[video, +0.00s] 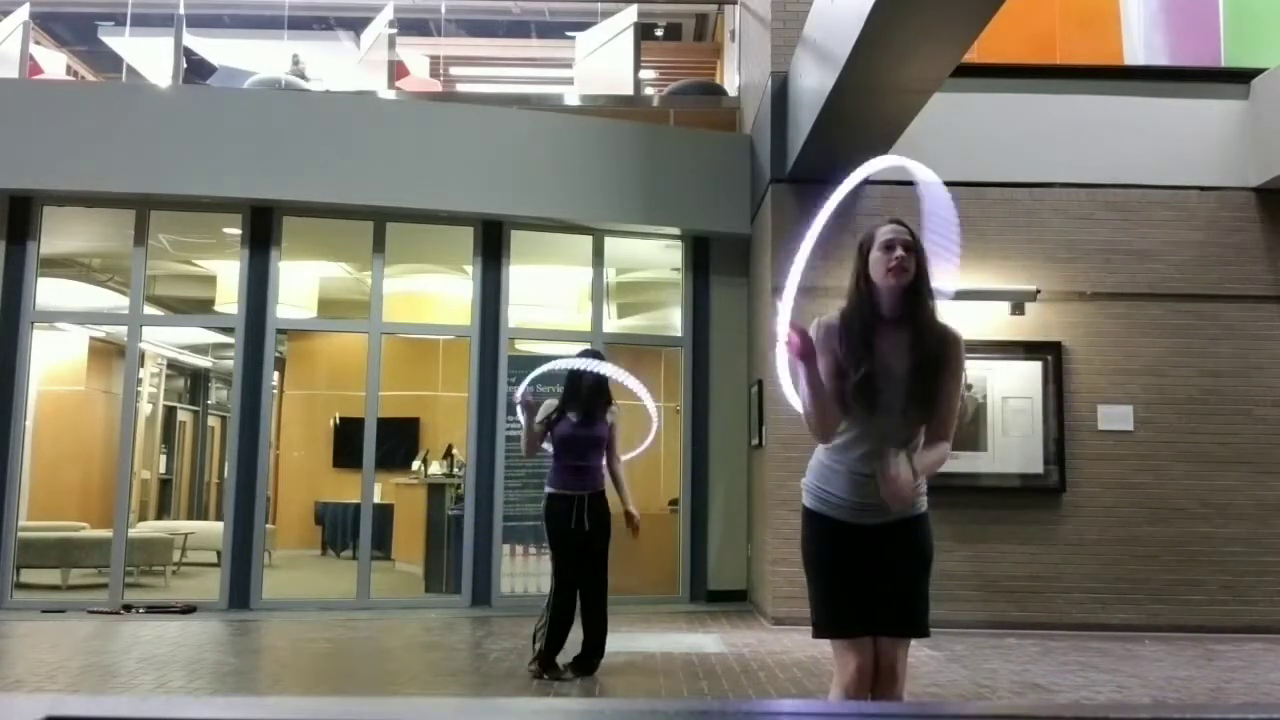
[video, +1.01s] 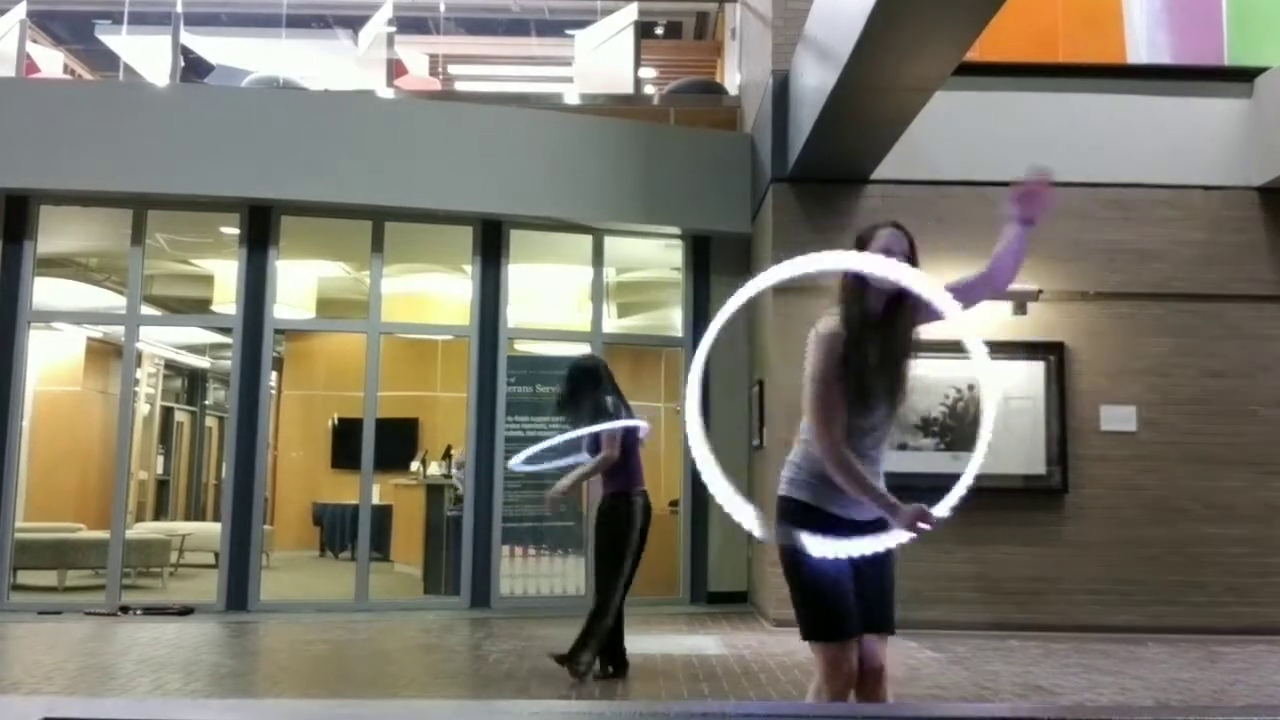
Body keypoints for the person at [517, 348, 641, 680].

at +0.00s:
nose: (590, 382)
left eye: (596, 376)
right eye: (584, 375)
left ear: (603, 380)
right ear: (574, 377)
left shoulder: (607, 414)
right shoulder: (556, 410)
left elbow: (613, 462)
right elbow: (529, 450)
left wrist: (628, 505)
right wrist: (528, 413)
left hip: (594, 502)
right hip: (561, 502)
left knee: (594, 584)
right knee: (566, 582)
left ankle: (589, 659)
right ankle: (546, 657)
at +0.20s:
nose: (603, 384)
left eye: (605, 378)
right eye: (598, 377)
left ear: (602, 379)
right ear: (580, 376)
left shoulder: (600, 409)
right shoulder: (556, 403)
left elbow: (610, 457)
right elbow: (542, 448)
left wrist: (633, 495)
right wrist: (564, 419)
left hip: (590, 503)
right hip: (560, 502)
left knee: (589, 582)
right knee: (559, 581)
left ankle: (585, 660)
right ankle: (545, 661)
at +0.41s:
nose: (609, 380)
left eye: (607, 373)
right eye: (606, 373)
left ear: (576, 373)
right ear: (596, 374)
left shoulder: (569, 400)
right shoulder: (589, 399)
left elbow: (570, 460)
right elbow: (594, 447)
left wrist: (596, 492)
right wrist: (612, 433)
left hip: (562, 498)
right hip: (577, 501)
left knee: (580, 579)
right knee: (568, 577)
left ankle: (580, 659)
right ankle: (542, 660)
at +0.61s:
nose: (603, 385)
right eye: (602, 378)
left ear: (571, 380)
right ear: (604, 382)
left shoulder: (560, 412)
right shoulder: (611, 412)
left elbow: (552, 457)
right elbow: (621, 463)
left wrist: (559, 475)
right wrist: (624, 457)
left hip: (570, 504)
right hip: (603, 506)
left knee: (568, 577)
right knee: (602, 580)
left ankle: (567, 654)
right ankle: (575, 634)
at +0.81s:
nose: (568, 389)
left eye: (568, 384)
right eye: (567, 384)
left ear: (575, 381)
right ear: (600, 376)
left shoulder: (583, 403)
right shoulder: (619, 402)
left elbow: (575, 452)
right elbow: (638, 444)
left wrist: (546, 481)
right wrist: (605, 449)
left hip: (590, 504)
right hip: (616, 505)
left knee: (578, 581)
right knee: (605, 583)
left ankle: (566, 661)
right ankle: (617, 660)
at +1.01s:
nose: (571, 394)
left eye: (574, 386)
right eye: (571, 386)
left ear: (585, 383)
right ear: (601, 377)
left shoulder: (608, 403)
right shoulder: (612, 404)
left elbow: (611, 454)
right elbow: (614, 458)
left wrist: (570, 480)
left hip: (623, 504)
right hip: (625, 503)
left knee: (611, 583)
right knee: (611, 583)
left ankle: (583, 656)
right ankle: (612, 658)